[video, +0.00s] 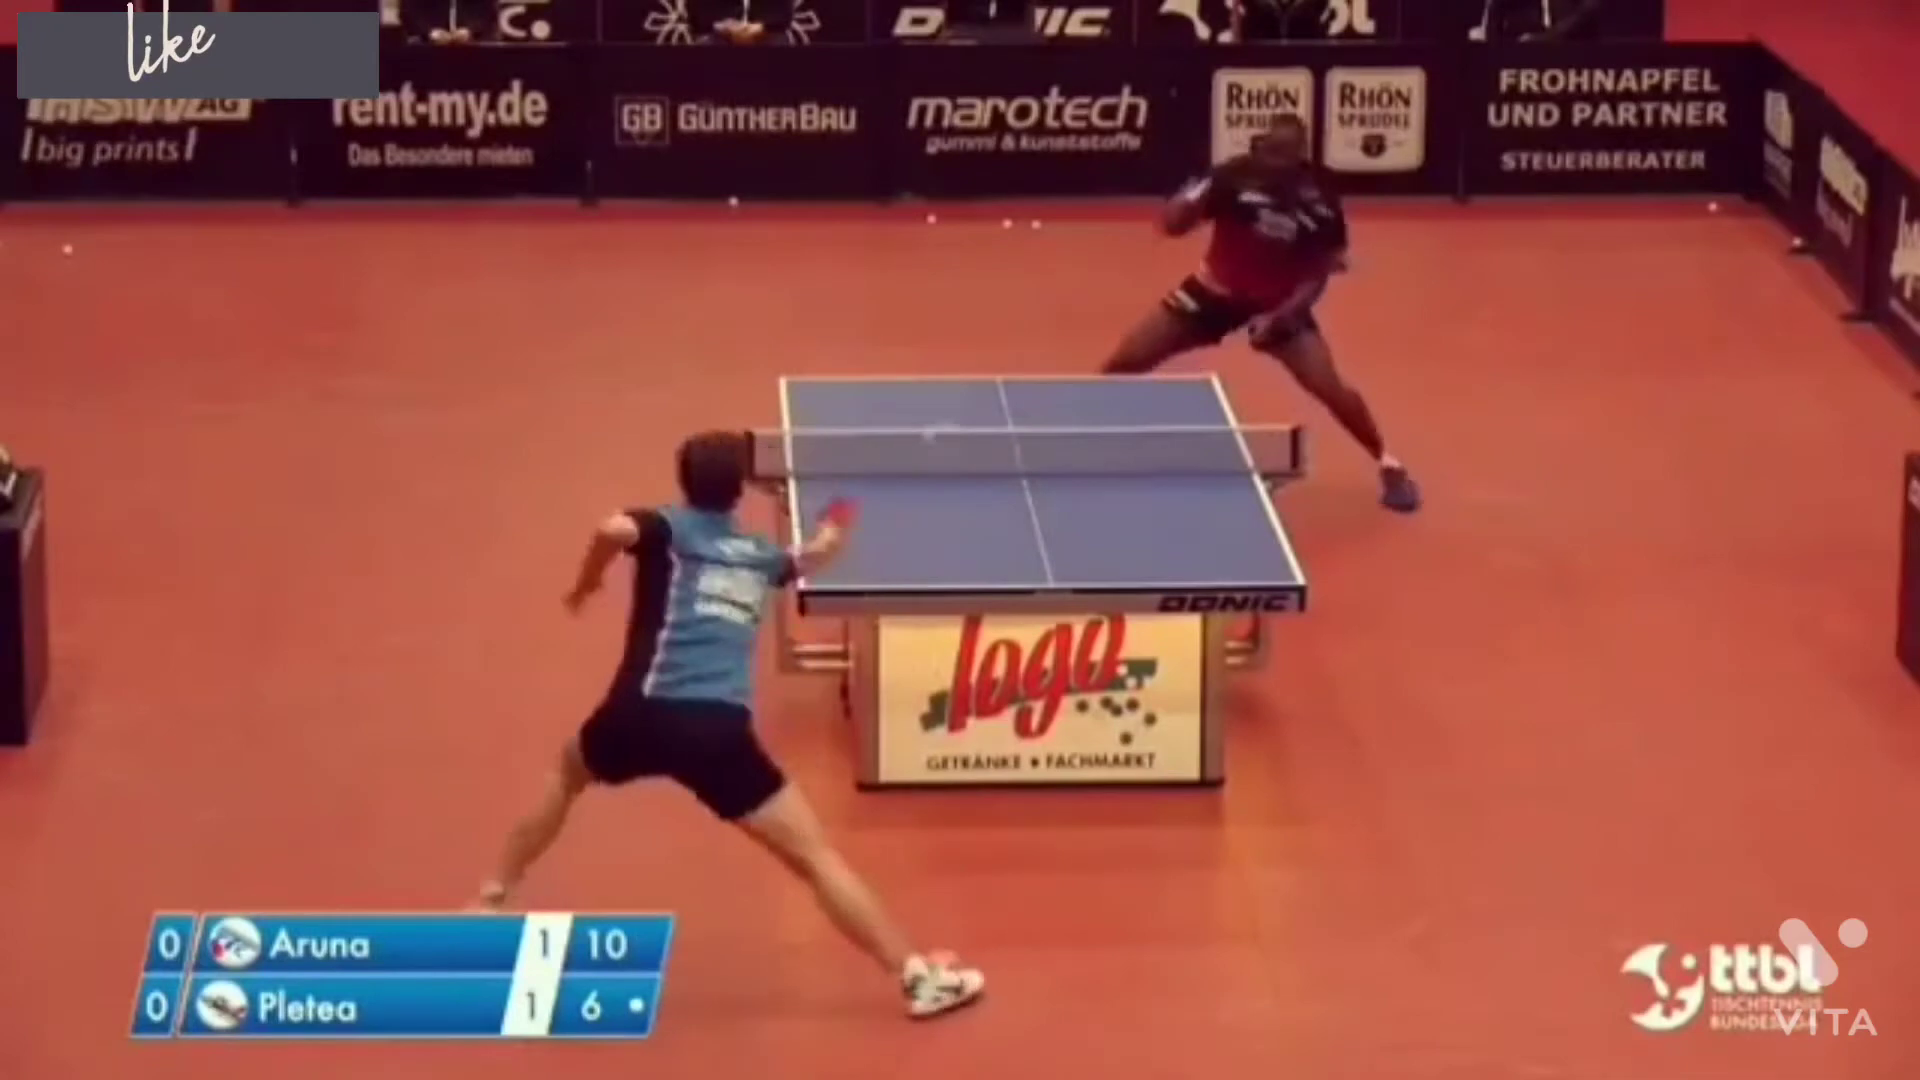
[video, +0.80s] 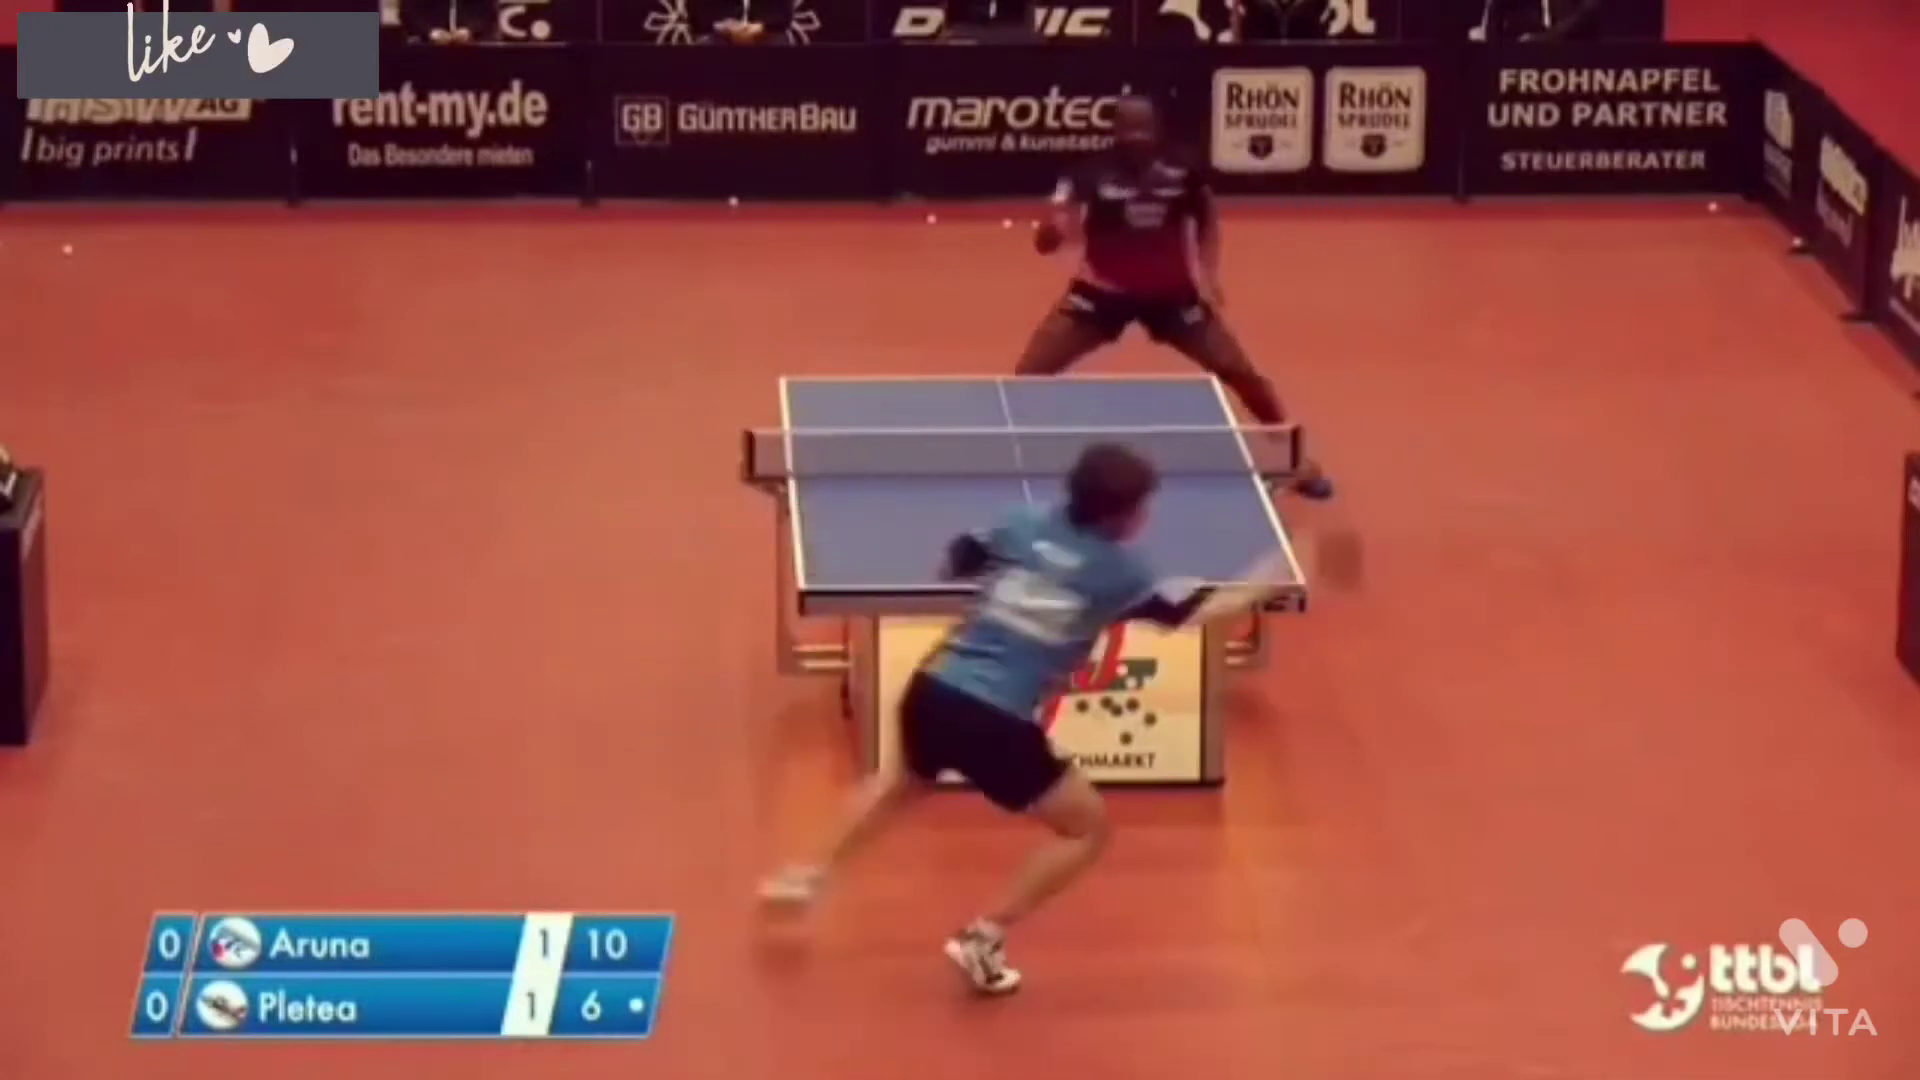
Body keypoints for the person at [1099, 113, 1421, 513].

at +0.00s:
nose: (1271, 158)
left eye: (1281, 152)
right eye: (1267, 149)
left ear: (1301, 156)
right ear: (1257, 147)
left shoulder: (1319, 199)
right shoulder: (1233, 177)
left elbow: (1321, 274)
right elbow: (1172, 224)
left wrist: (1278, 318)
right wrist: (1196, 197)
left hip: (1280, 306)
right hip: (1214, 294)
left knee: (1329, 388)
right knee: (1124, 362)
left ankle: (1386, 463)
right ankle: (1082, 449)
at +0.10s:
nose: (1235, 159)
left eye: (1244, 150)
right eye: (1228, 150)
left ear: (1262, 151)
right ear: (1216, 152)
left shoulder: (1285, 198)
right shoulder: (1198, 190)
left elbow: (1304, 269)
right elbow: (1155, 249)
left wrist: (1279, 308)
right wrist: (1184, 277)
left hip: (1261, 308)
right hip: (1195, 301)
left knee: (1313, 391)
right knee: (1113, 372)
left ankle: (1349, 467)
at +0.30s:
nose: (1201, 163)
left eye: (1207, 154)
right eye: (1194, 155)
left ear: (1222, 152)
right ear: (1184, 157)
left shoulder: (1259, 176)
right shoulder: (1176, 195)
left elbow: (1303, 224)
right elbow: (1155, 263)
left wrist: (1290, 255)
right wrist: (1169, 274)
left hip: (1260, 291)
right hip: (1193, 294)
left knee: (1303, 374)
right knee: (1122, 372)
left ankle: (1354, 468)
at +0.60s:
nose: (1227, 169)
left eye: (1235, 158)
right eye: (1218, 160)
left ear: (1249, 159)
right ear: (1205, 163)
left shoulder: (1268, 192)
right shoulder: (1194, 204)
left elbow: (1293, 228)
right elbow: (1146, 250)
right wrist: (1182, 217)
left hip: (1254, 310)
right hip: (1186, 312)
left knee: (1315, 384)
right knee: (1131, 392)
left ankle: (1352, 465)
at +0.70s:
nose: (1206, 161)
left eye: (1213, 152)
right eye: (1198, 153)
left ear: (1224, 153)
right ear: (1184, 154)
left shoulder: (1240, 195)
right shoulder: (1162, 197)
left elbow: (1258, 247)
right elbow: (1103, 244)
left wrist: (1286, 294)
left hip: (1233, 310)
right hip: (1163, 312)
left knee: (1297, 381)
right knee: (1115, 391)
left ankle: (1350, 464)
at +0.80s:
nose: (1135, 138)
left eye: (1143, 129)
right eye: (1127, 129)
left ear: (1157, 131)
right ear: (1114, 131)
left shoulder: (1183, 175)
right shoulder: (1090, 174)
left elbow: (1206, 223)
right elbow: (1047, 244)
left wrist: (1209, 277)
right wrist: (1054, 228)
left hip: (1172, 300)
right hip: (1099, 297)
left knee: (1243, 376)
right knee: (1027, 375)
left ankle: (1298, 463)